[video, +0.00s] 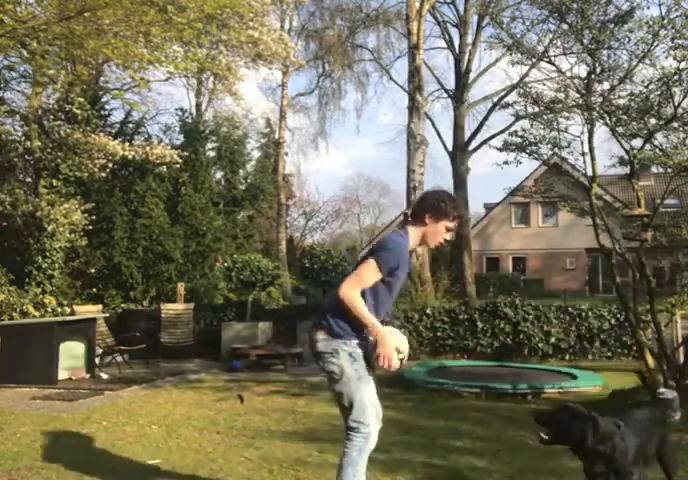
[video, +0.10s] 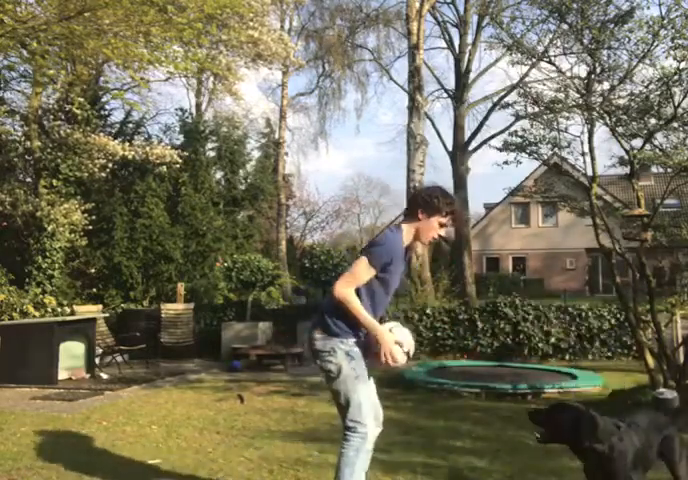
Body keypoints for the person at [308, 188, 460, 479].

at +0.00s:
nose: (447, 238)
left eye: (451, 232)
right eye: (447, 229)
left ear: (427, 219)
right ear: (428, 218)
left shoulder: (402, 249)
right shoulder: (396, 247)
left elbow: (362, 297)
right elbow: (348, 290)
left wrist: (384, 339)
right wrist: (379, 333)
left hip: (348, 340)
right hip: (338, 340)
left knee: (369, 419)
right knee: (363, 424)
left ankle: (352, 474)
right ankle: (350, 475)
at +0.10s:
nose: (441, 234)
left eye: (444, 228)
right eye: (440, 225)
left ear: (421, 215)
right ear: (421, 214)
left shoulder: (400, 246)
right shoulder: (390, 243)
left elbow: (362, 296)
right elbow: (342, 289)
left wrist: (385, 333)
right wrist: (378, 333)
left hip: (348, 338)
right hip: (335, 338)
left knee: (372, 420)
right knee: (361, 424)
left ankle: (353, 475)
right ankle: (348, 476)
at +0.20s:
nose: (435, 230)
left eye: (438, 224)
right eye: (434, 222)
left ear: (417, 214)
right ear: (415, 211)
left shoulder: (396, 247)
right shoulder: (383, 241)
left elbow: (361, 300)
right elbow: (338, 288)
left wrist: (386, 333)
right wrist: (379, 329)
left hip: (351, 341)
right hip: (337, 340)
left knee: (372, 424)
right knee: (360, 426)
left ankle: (358, 474)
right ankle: (347, 476)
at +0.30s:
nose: (428, 227)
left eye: (432, 221)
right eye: (427, 218)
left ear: (417, 216)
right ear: (408, 209)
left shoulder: (400, 248)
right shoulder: (375, 240)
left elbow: (370, 297)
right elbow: (336, 290)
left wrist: (389, 334)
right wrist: (375, 330)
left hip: (356, 340)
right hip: (337, 338)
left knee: (372, 424)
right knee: (358, 425)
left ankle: (358, 474)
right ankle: (345, 476)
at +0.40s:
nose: (424, 225)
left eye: (427, 219)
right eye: (422, 216)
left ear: (417, 216)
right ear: (401, 208)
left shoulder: (401, 247)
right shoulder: (366, 239)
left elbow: (374, 293)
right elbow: (337, 293)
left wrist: (396, 323)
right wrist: (380, 323)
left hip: (359, 338)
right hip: (335, 336)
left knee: (373, 425)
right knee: (356, 424)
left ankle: (362, 476)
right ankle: (345, 477)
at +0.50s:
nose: (421, 225)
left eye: (424, 219)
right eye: (418, 216)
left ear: (404, 213)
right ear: (398, 208)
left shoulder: (401, 246)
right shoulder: (364, 239)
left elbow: (380, 294)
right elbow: (338, 294)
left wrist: (407, 316)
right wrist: (386, 318)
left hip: (361, 337)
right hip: (335, 335)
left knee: (373, 422)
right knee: (356, 421)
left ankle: (362, 476)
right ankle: (345, 477)